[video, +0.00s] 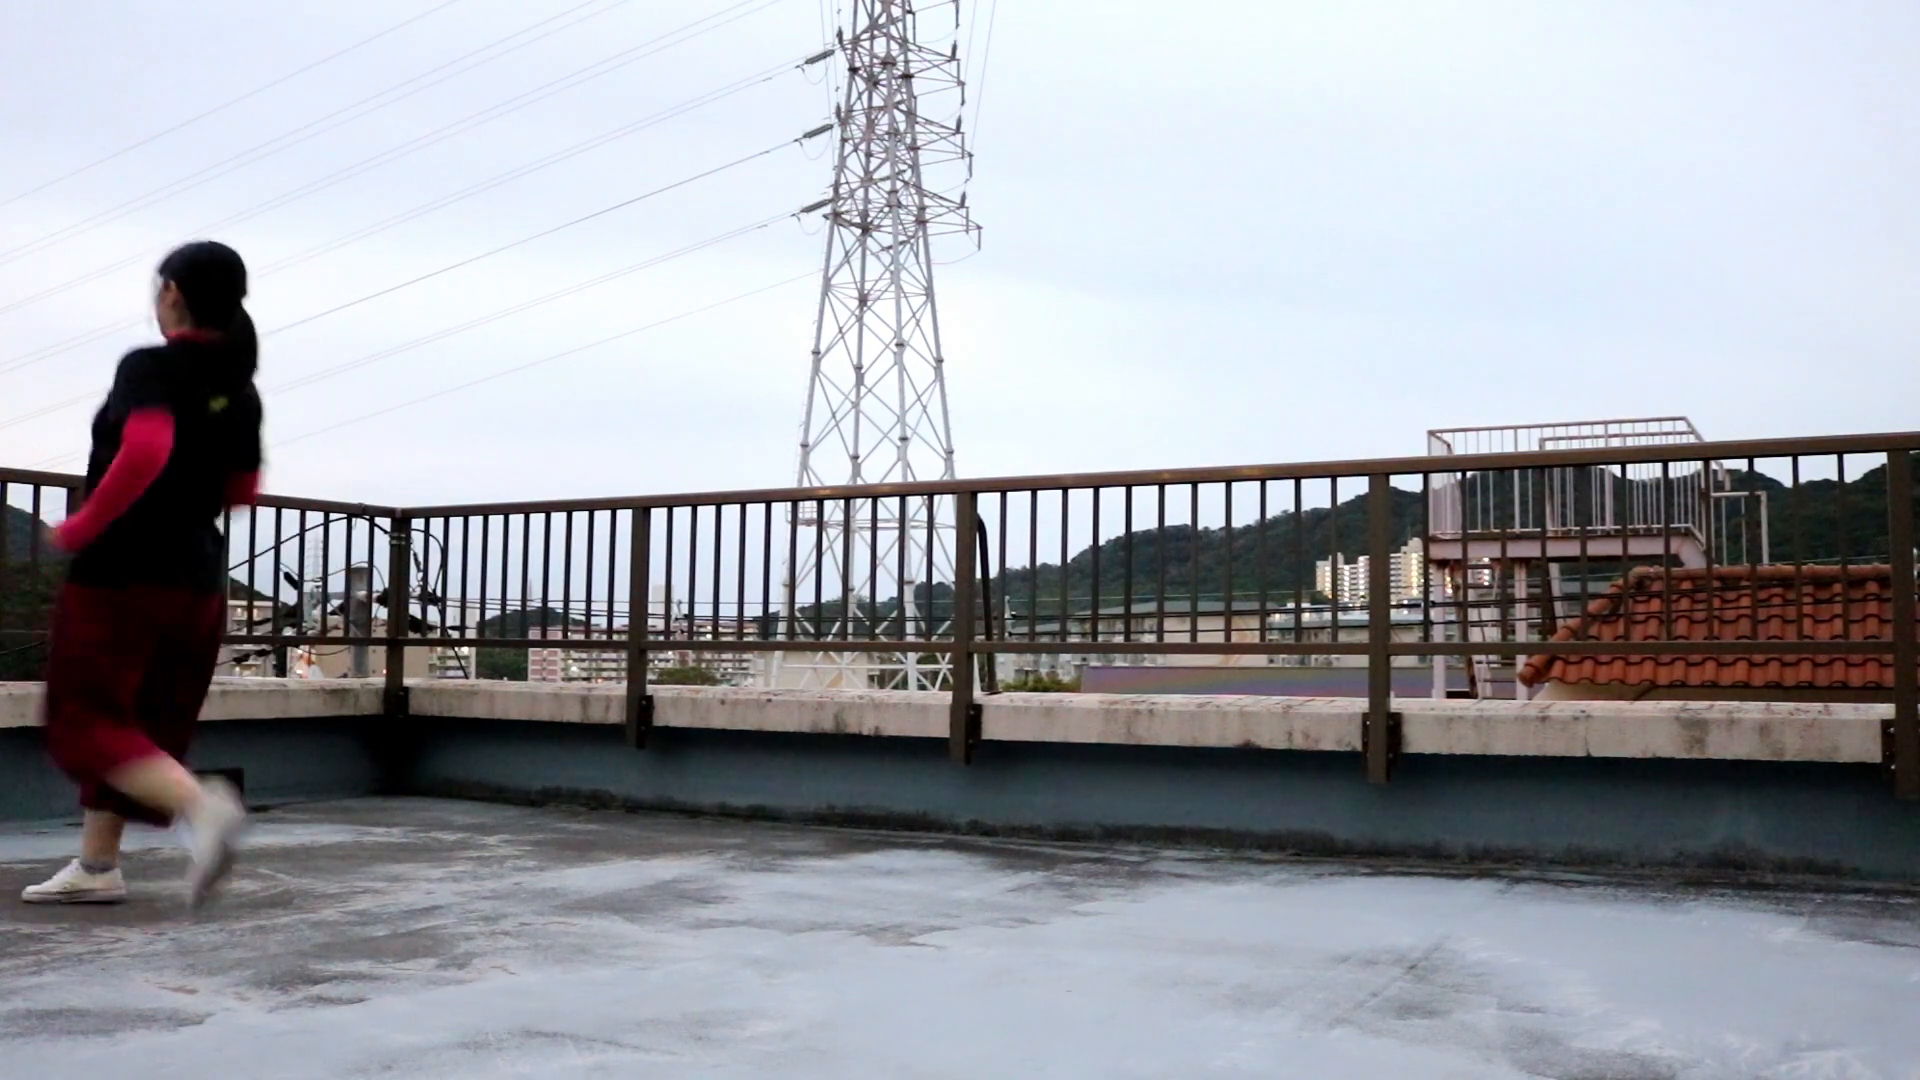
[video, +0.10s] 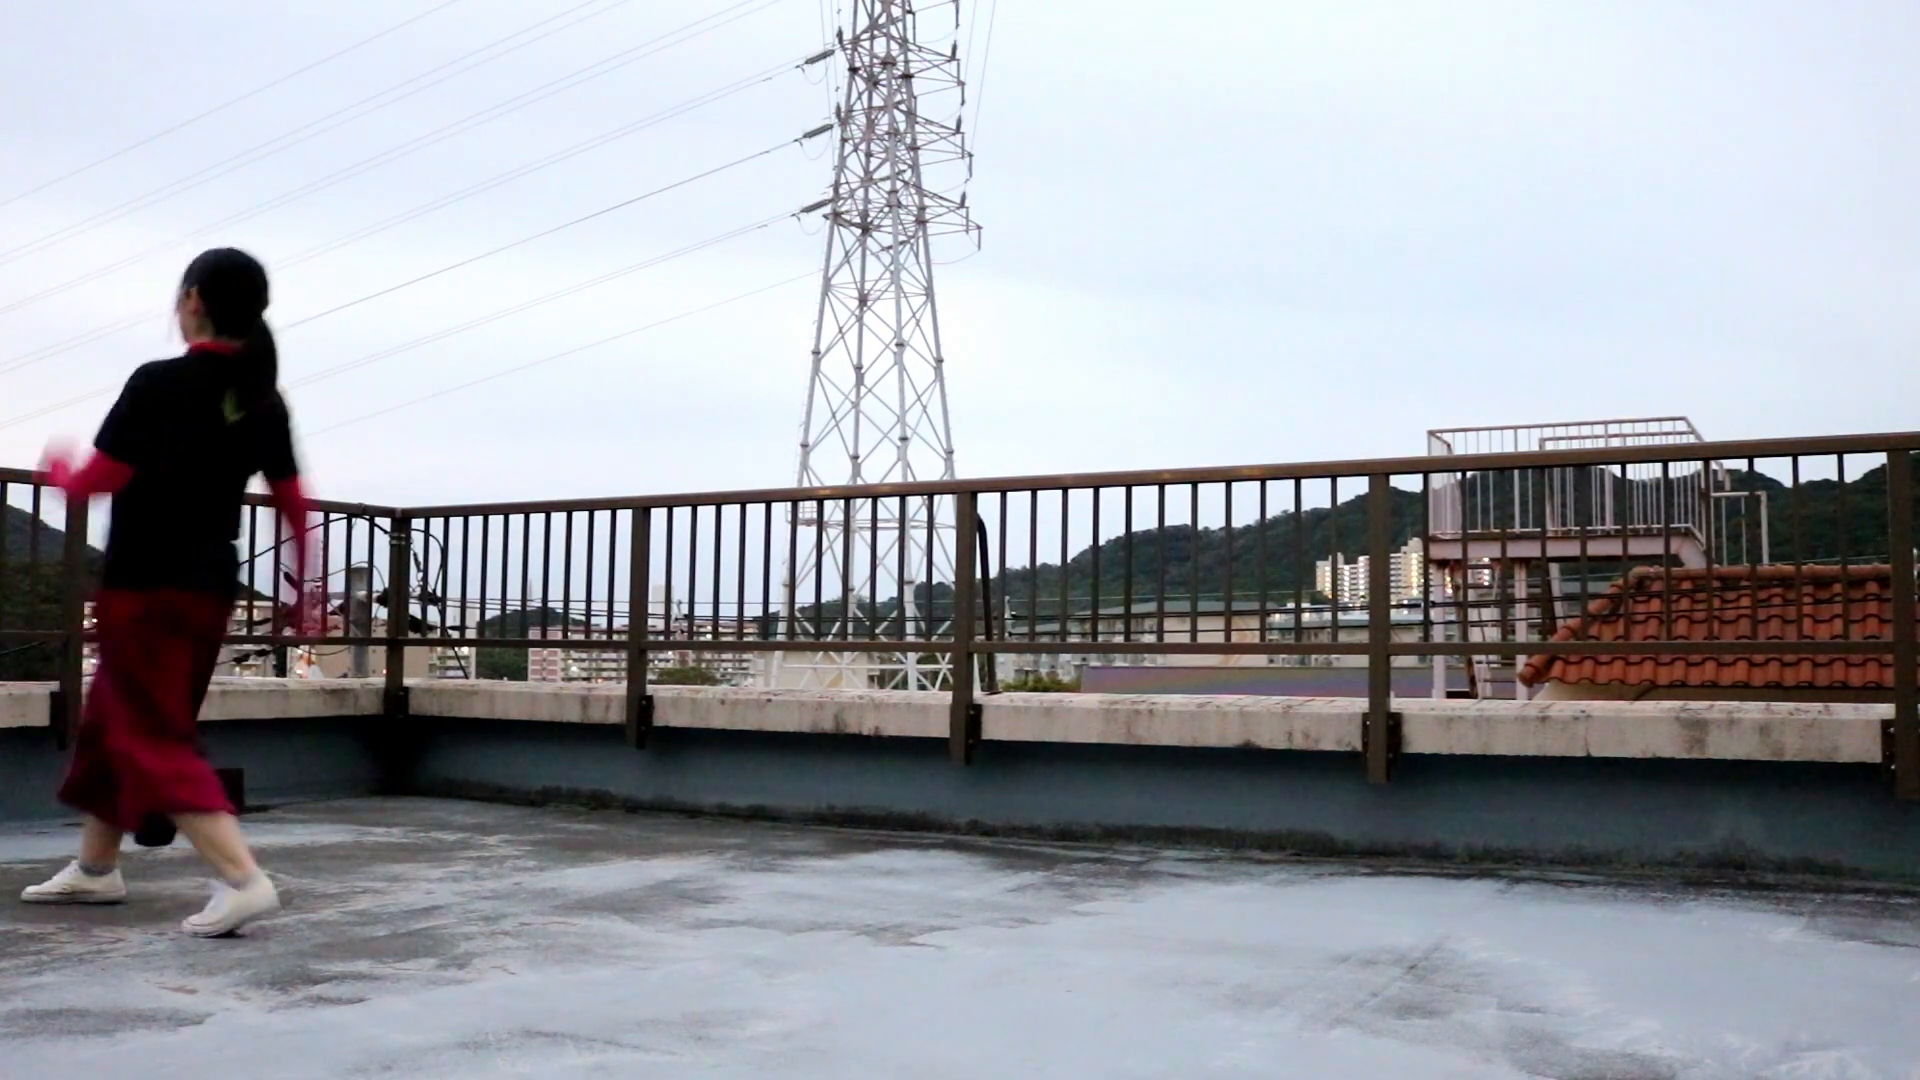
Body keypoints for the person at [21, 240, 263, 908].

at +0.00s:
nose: (157, 301)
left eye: (161, 291)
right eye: (162, 289)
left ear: (174, 297)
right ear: (229, 303)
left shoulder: (149, 365)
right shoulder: (240, 389)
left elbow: (146, 450)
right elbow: (243, 488)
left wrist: (78, 526)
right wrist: (175, 487)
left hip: (123, 572)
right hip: (195, 577)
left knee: (77, 720)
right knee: (142, 722)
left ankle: (200, 807)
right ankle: (96, 864)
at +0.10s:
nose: (176, 304)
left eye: (181, 294)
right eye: (181, 292)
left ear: (194, 303)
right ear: (251, 311)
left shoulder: (159, 381)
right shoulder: (262, 399)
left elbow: (106, 473)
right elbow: (291, 501)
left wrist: (64, 469)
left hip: (141, 584)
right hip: (210, 587)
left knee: (146, 729)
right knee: (123, 716)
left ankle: (244, 878)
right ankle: (94, 866)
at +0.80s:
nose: (468, 229)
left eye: (475, 216)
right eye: (473, 217)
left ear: (496, 223)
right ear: (539, 232)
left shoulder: (497, 284)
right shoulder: (526, 305)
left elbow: (559, 315)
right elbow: (483, 396)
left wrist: (585, 401)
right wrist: (410, 362)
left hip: (502, 533)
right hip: (581, 540)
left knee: (409, 668)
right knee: (568, 718)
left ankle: (436, 819)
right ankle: (575, 922)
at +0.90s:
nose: (525, 209)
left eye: (533, 198)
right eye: (531, 198)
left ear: (553, 210)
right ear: (592, 221)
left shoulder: (552, 290)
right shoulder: (584, 301)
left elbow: (601, 363)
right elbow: (577, 427)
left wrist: (615, 460)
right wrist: (500, 462)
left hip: (559, 535)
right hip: (631, 534)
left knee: (480, 700)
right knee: (610, 719)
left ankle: (610, 747)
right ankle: (586, 920)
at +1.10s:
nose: (645, 215)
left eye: (654, 202)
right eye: (652, 201)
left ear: (680, 212)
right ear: (724, 218)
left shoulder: (651, 295)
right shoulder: (750, 308)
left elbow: (582, 392)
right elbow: (812, 429)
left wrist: (529, 466)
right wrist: (853, 542)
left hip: (678, 555)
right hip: (740, 550)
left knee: (741, 737)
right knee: (639, 726)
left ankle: (870, 929)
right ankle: (585, 920)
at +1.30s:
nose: (768, 181)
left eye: (775, 166)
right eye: (772, 167)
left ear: (806, 169)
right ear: (843, 179)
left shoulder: (778, 249)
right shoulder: (869, 274)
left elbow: (670, 319)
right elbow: (961, 375)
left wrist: (580, 376)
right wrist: (1046, 467)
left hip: (847, 535)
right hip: (896, 530)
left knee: (843, 718)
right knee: (771, 688)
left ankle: (888, 953)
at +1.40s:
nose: (832, 152)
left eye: (839, 137)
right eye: (837, 136)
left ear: (869, 143)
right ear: (905, 149)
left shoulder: (848, 225)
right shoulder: (939, 240)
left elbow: (807, 324)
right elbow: (1006, 369)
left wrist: (743, 431)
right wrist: (1029, 488)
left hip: (899, 499)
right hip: (974, 497)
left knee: (859, 696)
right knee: (921, 699)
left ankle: (881, 933)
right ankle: (1034, 844)